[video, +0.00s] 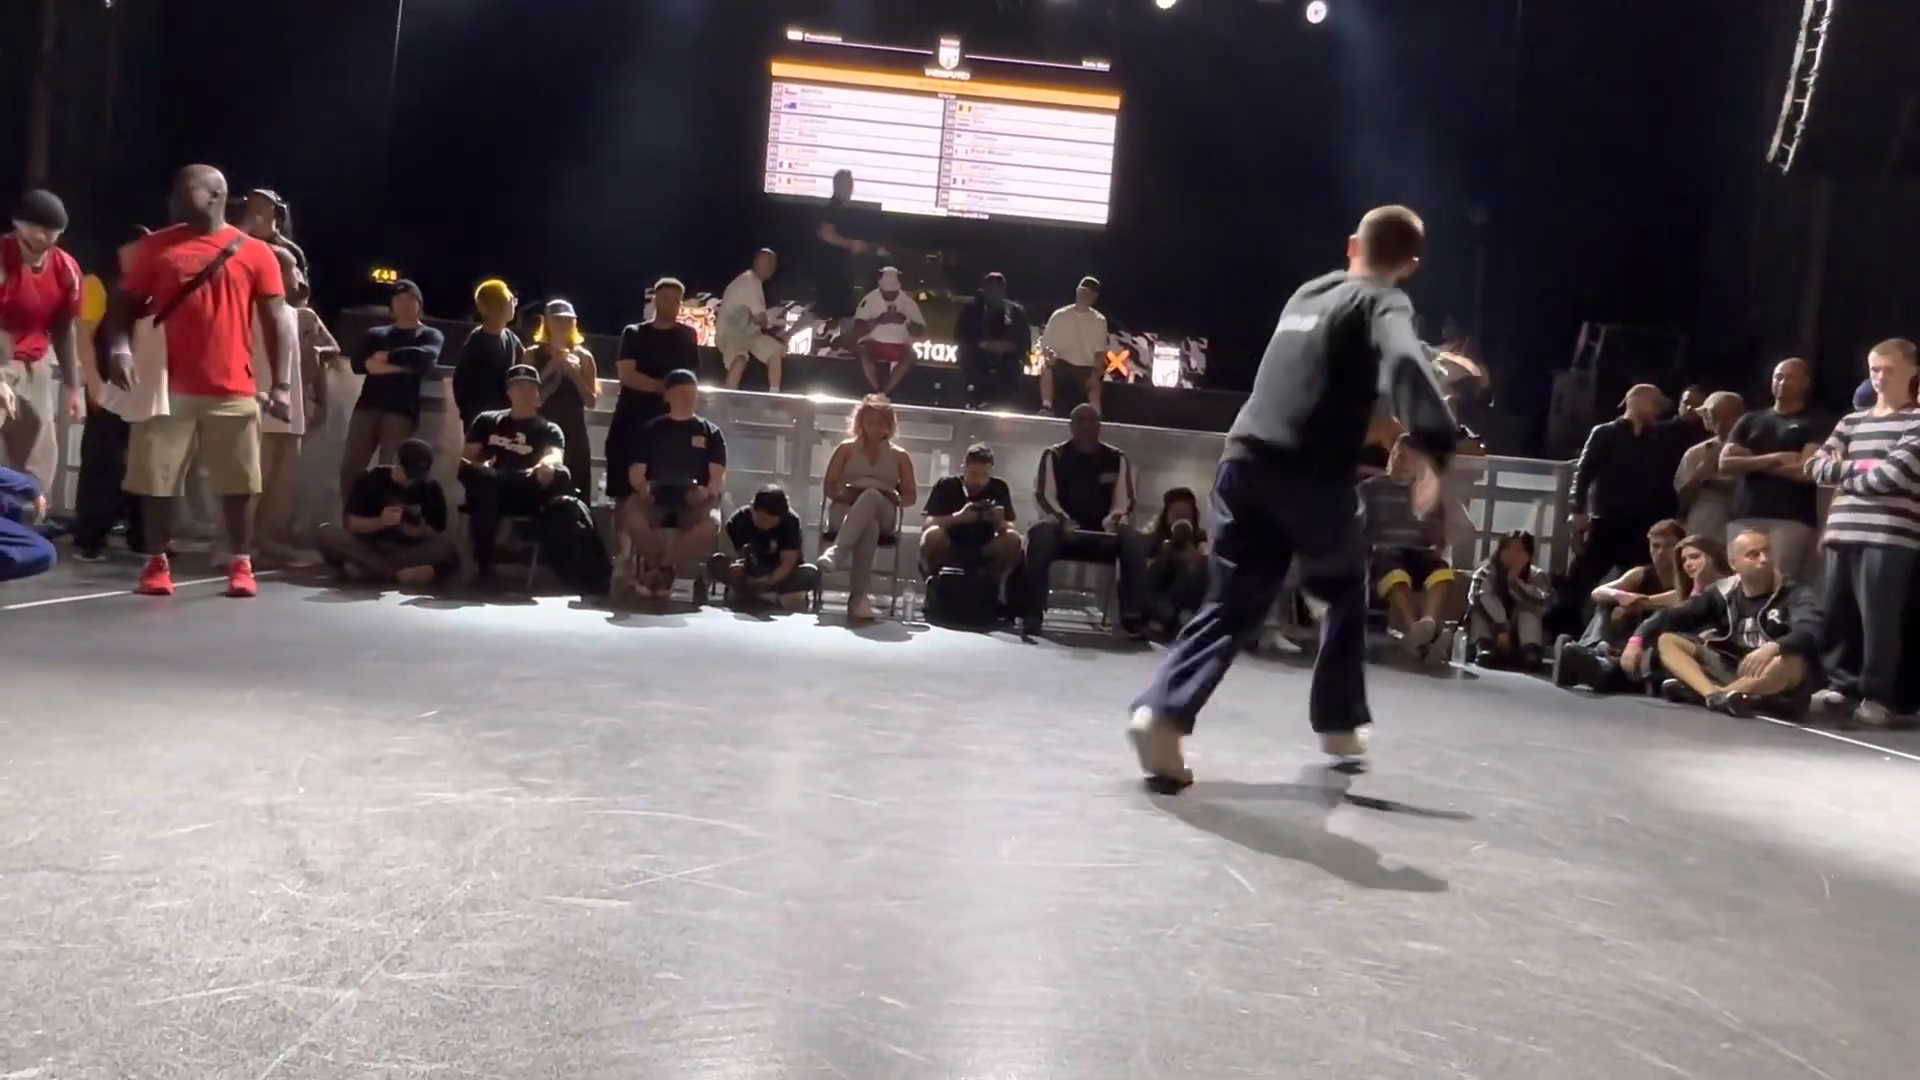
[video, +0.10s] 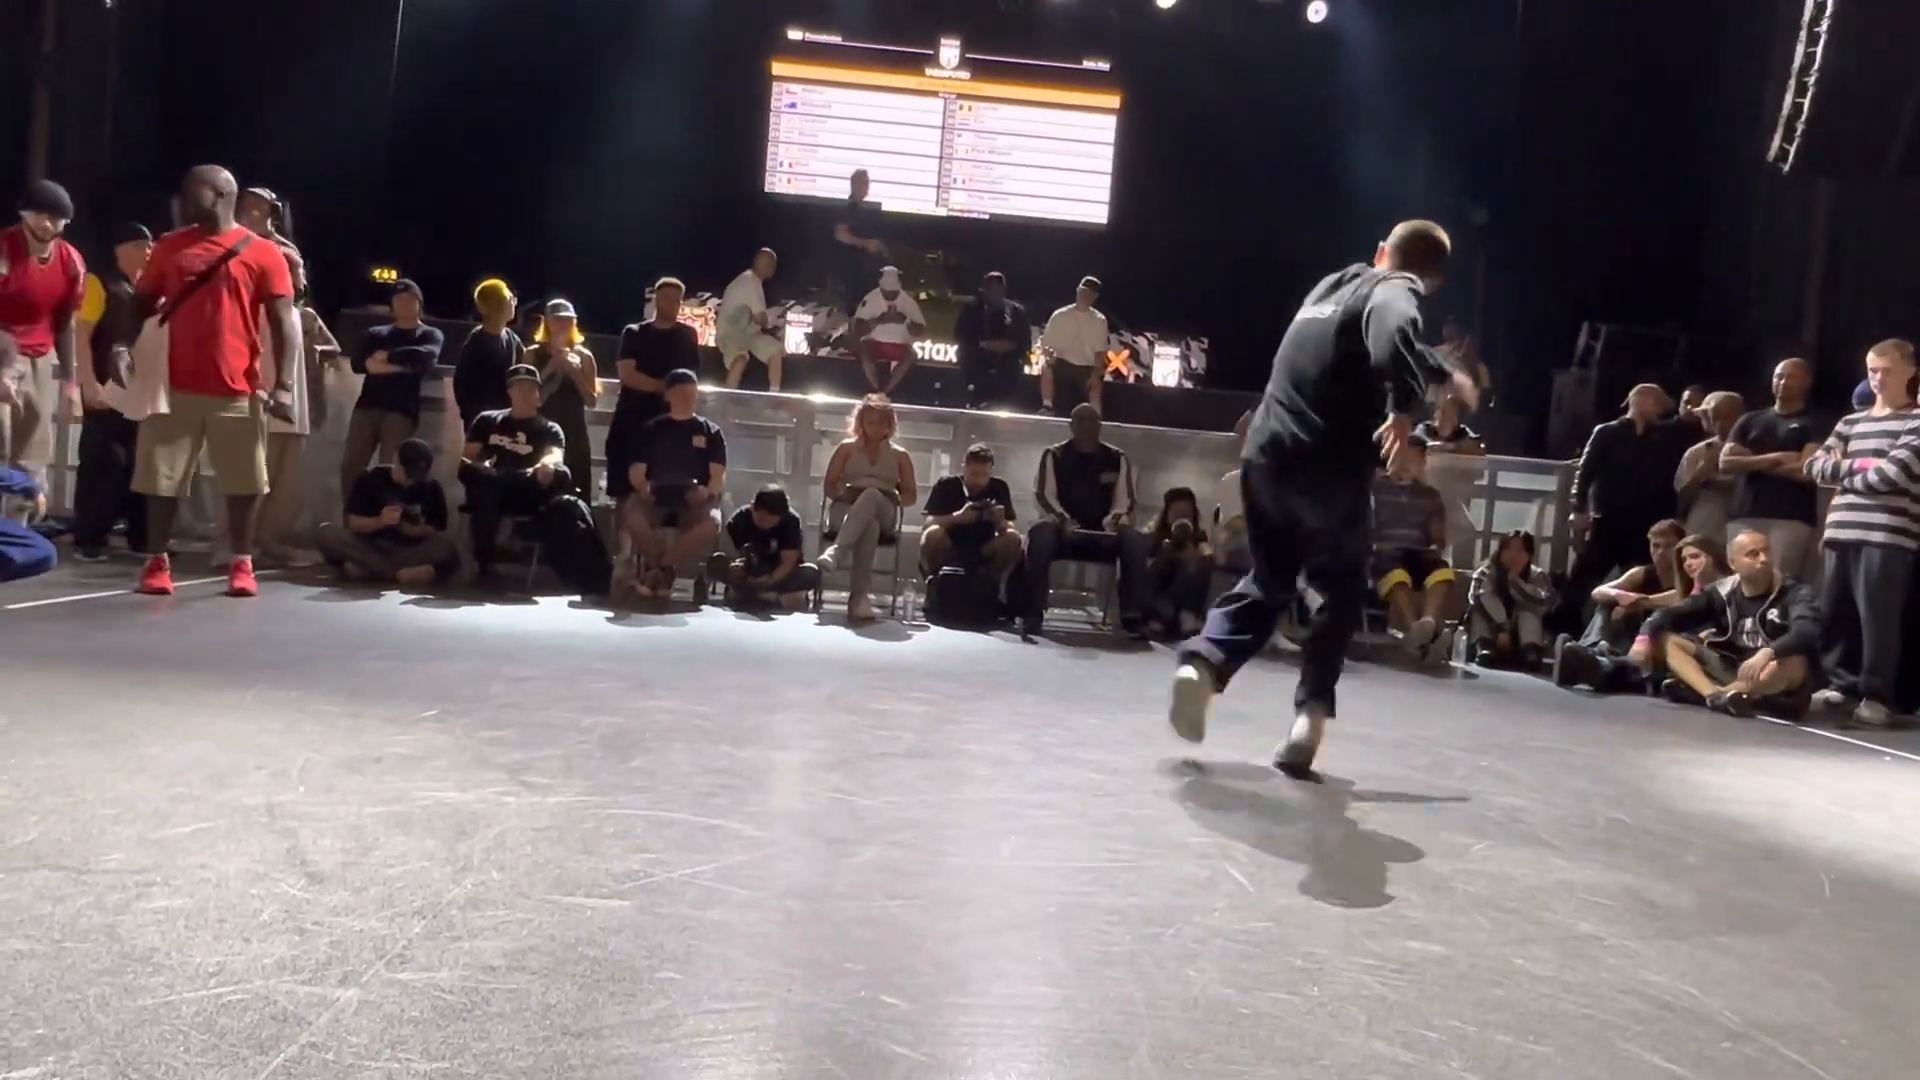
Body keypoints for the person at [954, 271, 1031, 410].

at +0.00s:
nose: (995, 294)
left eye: (998, 289)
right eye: (991, 289)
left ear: (1004, 290)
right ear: (984, 290)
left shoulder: (1016, 311)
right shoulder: (972, 308)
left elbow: (1024, 344)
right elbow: (961, 337)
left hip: (1007, 378)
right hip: (978, 377)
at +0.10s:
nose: (994, 292)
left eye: (998, 287)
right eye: (990, 287)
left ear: (1004, 290)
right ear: (984, 289)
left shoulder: (1016, 311)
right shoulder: (973, 308)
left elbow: (1024, 343)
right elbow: (960, 335)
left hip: (1007, 378)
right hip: (978, 376)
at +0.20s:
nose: (994, 292)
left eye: (998, 287)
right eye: (990, 288)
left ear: (1003, 290)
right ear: (983, 290)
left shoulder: (1016, 311)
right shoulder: (972, 309)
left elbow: (1024, 344)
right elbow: (961, 336)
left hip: (1007, 377)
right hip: (978, 376)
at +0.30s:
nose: (994, 292)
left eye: (997, 288)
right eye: (989, 288)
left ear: (1003, 290)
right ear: (983, 290)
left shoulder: (1015, 311)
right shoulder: (972, 309)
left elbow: (1024, 343)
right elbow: (960, 336)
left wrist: (1005, 347)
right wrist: (983, 346)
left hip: (1006, 376)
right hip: (978, 374)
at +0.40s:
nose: (993, 292)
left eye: (997, 288)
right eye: (989, 288)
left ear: (1002, 290)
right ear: (983, 290)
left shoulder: (1015, 310)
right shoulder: (972, 309)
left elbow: (1023, 343)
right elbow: (960, 337)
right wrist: (982, 346)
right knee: (966, 352)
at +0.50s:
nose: (993, 293)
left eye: (996, 288)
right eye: (988, 288)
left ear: (1002, 290)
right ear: (982, 290)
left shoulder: (1015, 311)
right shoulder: (971, 310)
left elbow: (1023, 344)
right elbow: (961, 339)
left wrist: (1005, 346)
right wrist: (983, 346)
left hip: (1006, 376)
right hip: (978, 374)